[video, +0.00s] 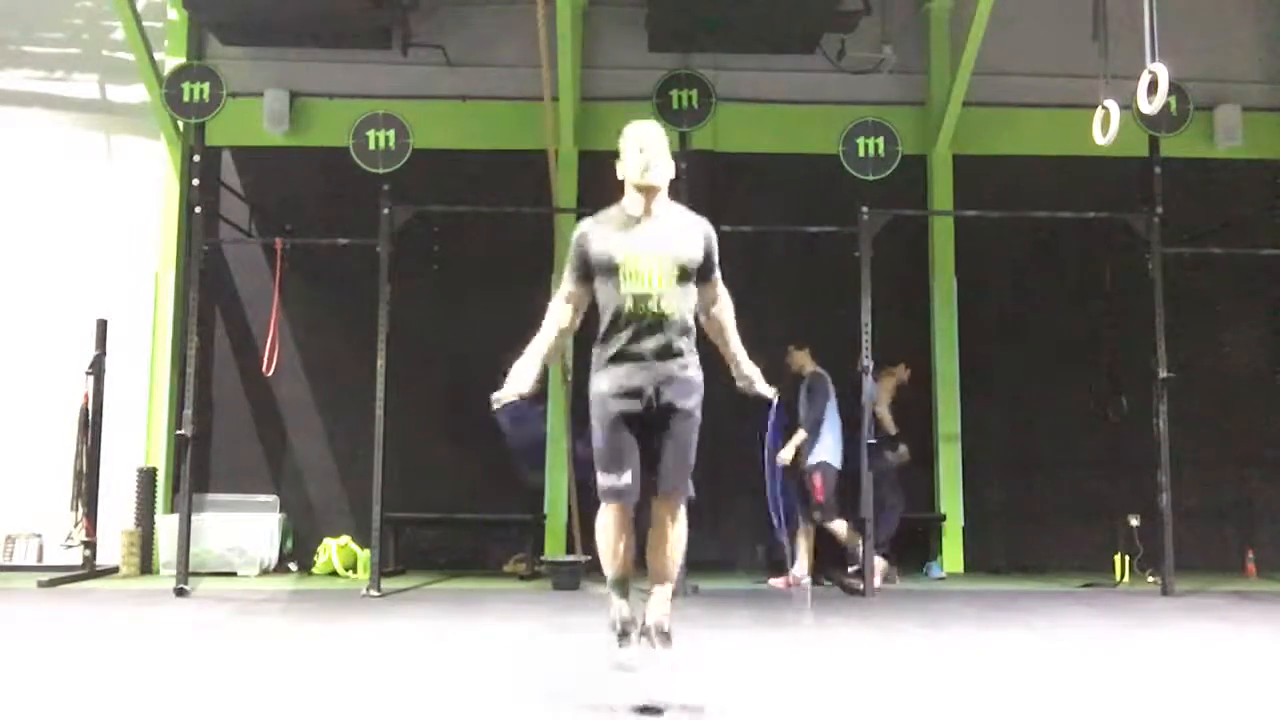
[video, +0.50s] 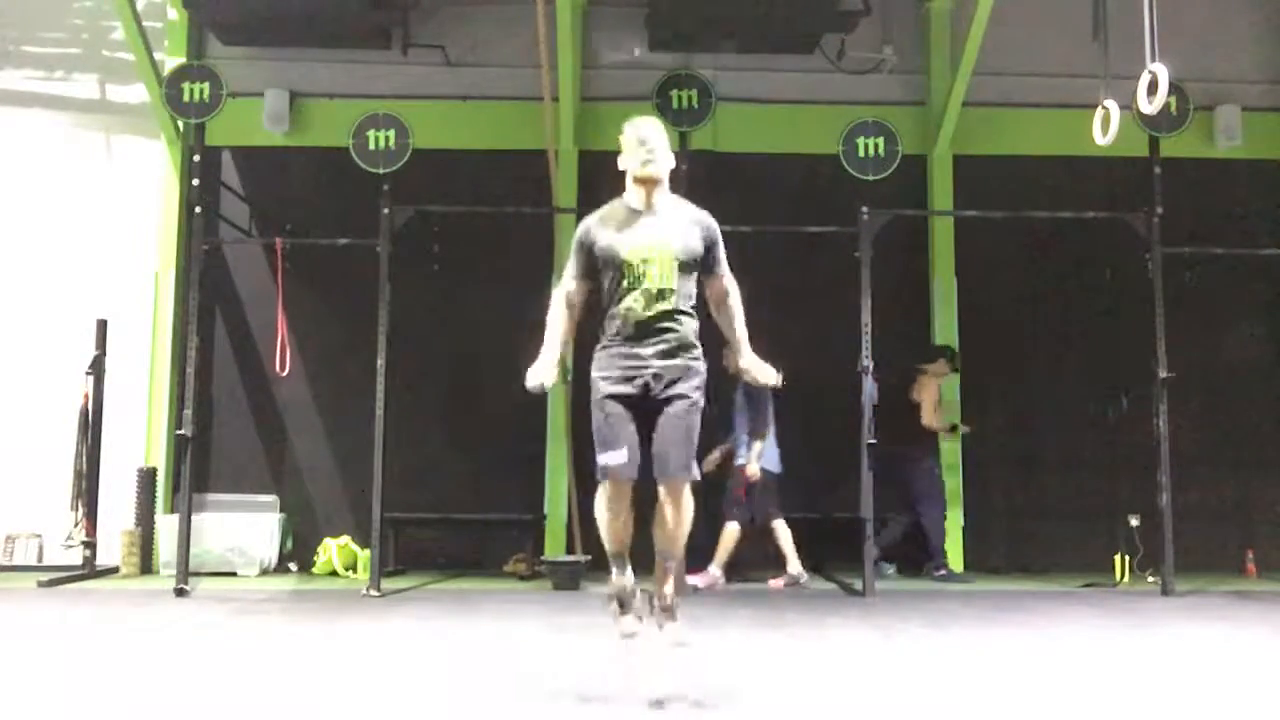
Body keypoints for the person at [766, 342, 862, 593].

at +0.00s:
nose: (788, 360)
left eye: (791, 353)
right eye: (788, 354)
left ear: (805, 352)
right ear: (801, 354)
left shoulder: (818, 379)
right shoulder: (808, 383)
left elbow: (813, 419)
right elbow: (809, 422)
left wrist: (790, 446)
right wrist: (798, 451)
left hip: (823, 455)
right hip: (809, 456)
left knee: (825, 515)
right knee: (805, 517)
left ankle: (872, 560)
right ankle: (800, 572)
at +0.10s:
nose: (775, 359)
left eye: (778, 353)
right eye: (775, 355)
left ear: (791, 351)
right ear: (790, 353)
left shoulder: (805, 378)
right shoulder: (795, 381)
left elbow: (806, 418)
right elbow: (798, 422)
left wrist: (791, 450)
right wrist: (789, 456)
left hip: (811, 451)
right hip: (801, 452)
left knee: (797, 511)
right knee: (797, 513)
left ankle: (842, 552)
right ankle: (799, 571)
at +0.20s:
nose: (765, 359)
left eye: (767, 353)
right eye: (765, 354)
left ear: (779, 351)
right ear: (778, 352)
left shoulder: (794, 381)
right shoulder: (784, 383)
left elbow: (799, 421)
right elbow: (782, 429)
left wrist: (791, 454)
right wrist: (767, 464)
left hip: (793, 455)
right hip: (787, 454)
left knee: (772, 508)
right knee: (795, 512)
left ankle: (808, 558)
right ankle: (800, 571)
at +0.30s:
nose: (754, 363)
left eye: (755, 357)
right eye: (752, 358)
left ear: (765, 355)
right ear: (766, 357)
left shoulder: (785, 381)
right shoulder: (766, 384)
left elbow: (791, 422)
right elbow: (766, 429)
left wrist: (784, 455)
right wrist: (751, 456)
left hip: (777, 454)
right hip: (772, 452)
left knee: (758, 510)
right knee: (790, 514)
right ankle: (798, 568)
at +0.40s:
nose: (739, 359)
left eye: (743, 353)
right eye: (739, 354)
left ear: (755, 354)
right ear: (749, 356)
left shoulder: (771, 382)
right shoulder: (756, 385)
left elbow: (778, 422)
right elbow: (755, 429)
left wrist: (771, 455)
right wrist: (735, 452)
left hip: (766, 456)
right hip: (765, 456)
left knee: (746, 514)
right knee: (783, 515)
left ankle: (726, 569)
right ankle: (797, 569)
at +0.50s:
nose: (724, 362)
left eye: (728, 356)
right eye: (724, 356)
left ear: (739, 356)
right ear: (733, 358)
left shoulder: (755, 384)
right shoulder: (743, 387)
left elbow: (762, 424)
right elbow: (741, 431)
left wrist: (754, 458)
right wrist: (720, 453)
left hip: (751, 460)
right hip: (757, 460)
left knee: (734, 516)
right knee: (772, 515)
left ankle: (715, 570)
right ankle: (795, 568)